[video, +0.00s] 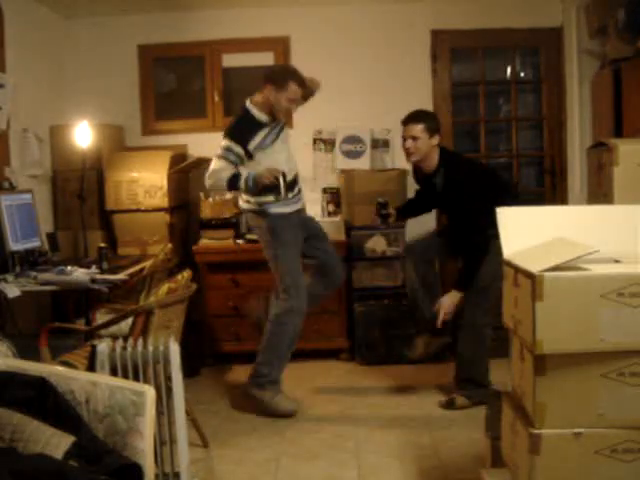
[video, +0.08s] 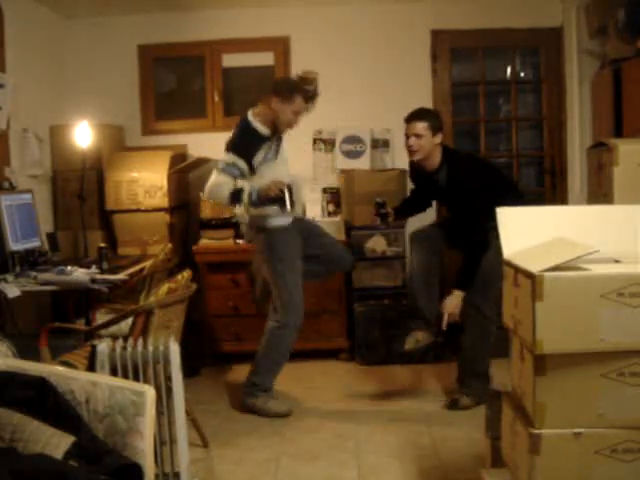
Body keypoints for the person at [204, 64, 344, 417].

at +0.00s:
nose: (291, 109)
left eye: (294, 103)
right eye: (288, 102)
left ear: (281, 96)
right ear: (269, 93)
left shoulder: (273, 114)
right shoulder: (245, 126)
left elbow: (292, 102)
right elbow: (214, 179)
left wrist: (304, 89)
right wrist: (254, 179)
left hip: (297, 214)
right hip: (273, 219)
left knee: (332, 273)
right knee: (292, 298)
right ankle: (263, 385)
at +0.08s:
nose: (296, 121)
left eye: (300, 114)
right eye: (294, 112)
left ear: (284, 106)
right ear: (275, 102)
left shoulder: (272, 127)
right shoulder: (248, 136)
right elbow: (215, 189)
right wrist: (257, 193)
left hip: (293, 221)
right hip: (272, 229)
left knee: (339, 259)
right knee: (288, 312)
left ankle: (270, 274)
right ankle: (256, 390)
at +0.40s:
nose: (291, 112)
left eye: (293, 105)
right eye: (291, 104)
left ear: (276, 92)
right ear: (277, 92)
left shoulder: (254, 114)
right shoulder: (249, 127)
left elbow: (301, 118)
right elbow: (233, 189)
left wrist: (349, 117)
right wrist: (276, 216)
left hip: (257, 210)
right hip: (253, 216)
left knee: (270, 303)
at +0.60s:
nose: (288, 135)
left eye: (291, 129)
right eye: (289, 126)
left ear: (272, 114)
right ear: (273, 113)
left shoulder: (246, 136)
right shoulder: (244, 149)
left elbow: (269, 170)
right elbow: (249, 215)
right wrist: (297, 224)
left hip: (270, 234)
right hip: (261, 242)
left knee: (339, 242)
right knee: (281, 323)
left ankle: (367, 315)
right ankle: (239, 395)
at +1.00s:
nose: (317, 112)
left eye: (320, 106)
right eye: (313, 104)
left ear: (314, 105)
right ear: (295, 97)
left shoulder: (286, 130)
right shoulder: (277, 124)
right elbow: (261, 162)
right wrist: (305, 183)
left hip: (277, 224)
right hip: (263, 224)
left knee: (306, 303)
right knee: (311, 299)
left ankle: (300, 387)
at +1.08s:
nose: (327, 127)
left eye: (330, 122)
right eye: (322, 119)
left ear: (327, 123)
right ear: (304, 113)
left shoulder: (298, 145)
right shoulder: (282, 133)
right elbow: (259, 163)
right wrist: (302, 185)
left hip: (278, 230)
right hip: (260, 226)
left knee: (322, 306)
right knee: (328, 271)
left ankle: (303, 388)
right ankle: (271, 286)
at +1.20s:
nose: (316, 107)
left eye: (322, 104)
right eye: (313, 98)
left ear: (324, 106)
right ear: (297, 90)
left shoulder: (296, 132)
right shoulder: (269, 113)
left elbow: (289, 181)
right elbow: (243, 148)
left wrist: (312, 192)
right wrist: (290, 168)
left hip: (288, 213)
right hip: (259, 209)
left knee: (303, 299)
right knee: (324, 225)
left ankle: (301, 387)